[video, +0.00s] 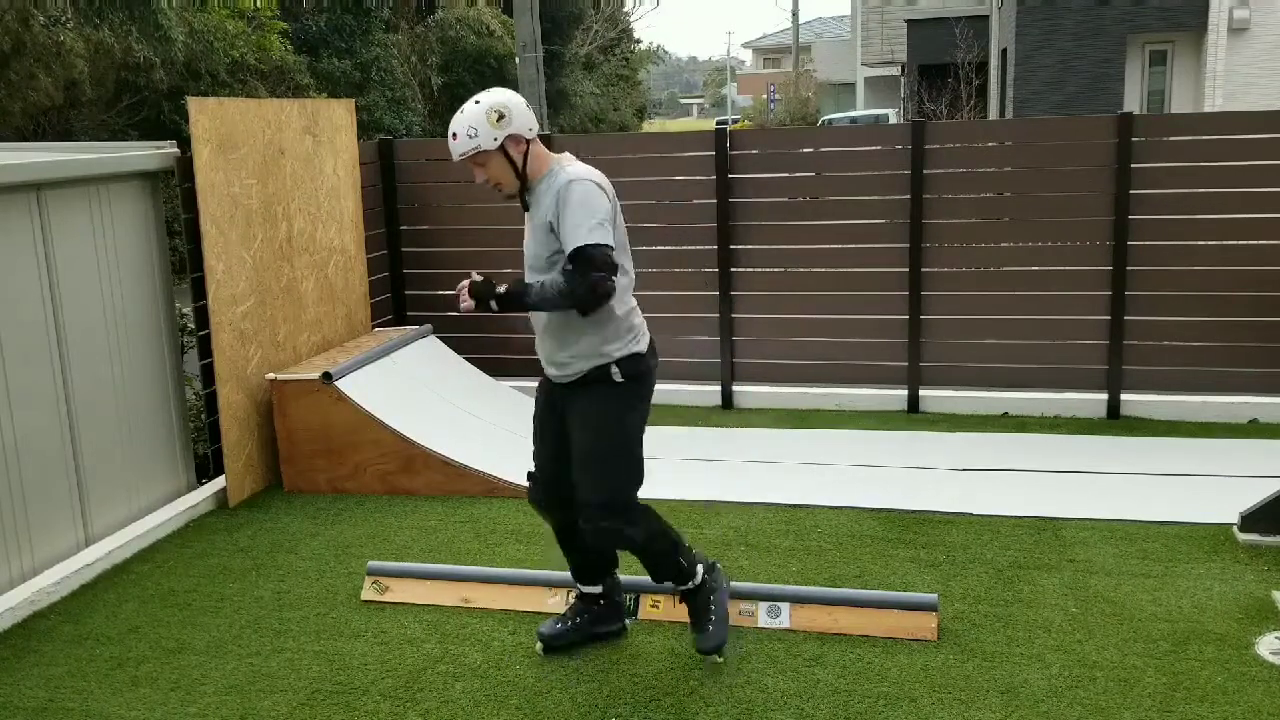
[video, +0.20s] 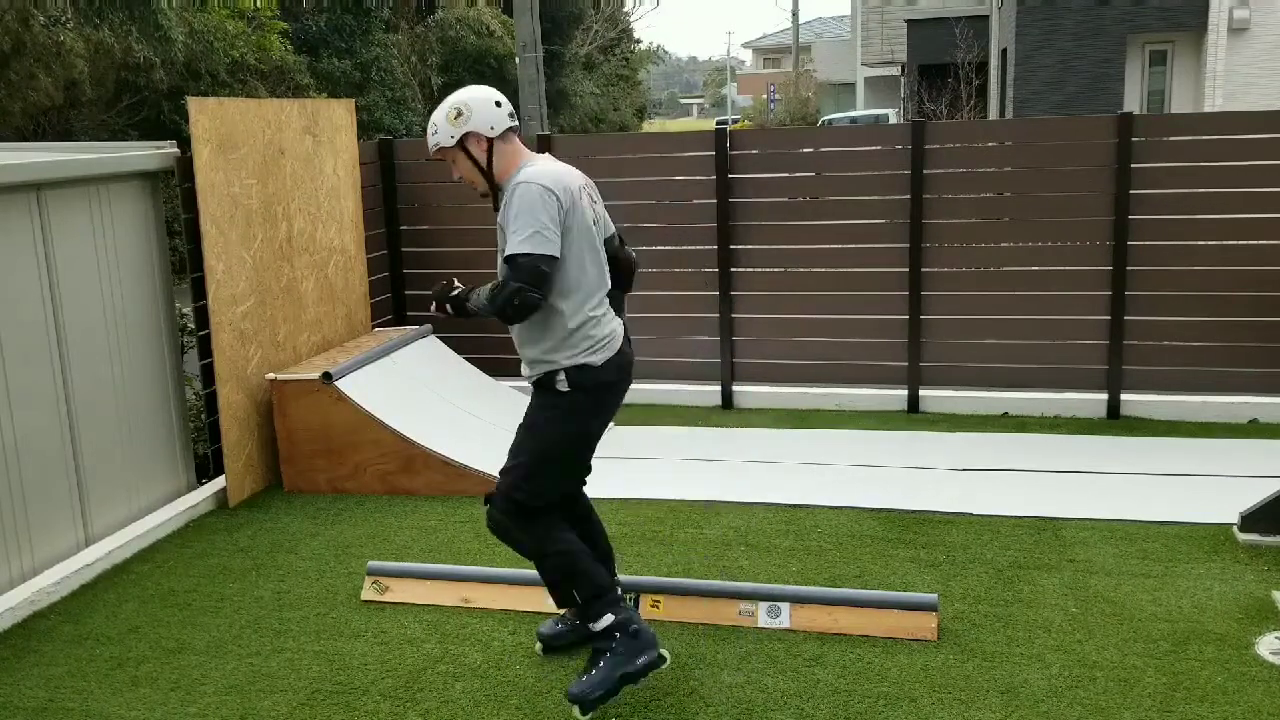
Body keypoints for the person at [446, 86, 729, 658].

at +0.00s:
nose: (479, 178)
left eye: (480, 163)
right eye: (473, 167)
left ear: (517, 145)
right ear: (515, 148)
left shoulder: (578, 187)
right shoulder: (545, 193)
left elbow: (594, 283)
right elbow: (563, 282)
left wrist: (508, 295)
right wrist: (499, 294)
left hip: (611, 371)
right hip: (563, 375)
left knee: (606, 505)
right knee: (554, 492)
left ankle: (697, 579)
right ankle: (601, 601)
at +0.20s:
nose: (457, 175)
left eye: (454, 161)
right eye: (450, 164)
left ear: (480, 142)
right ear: (497, 138)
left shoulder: (529, 189)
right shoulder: (565, 176)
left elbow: (520, 295)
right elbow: (620, 265)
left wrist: (464, 303)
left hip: (573, 373)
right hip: (599, 362)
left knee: (514, 507)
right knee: (558, 491)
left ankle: (626, 636)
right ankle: (595, 608)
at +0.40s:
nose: (455, 173)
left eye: (451, 160)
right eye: (450, 162)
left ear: (464, 149)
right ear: (512, 138)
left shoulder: (478, 197)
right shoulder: (584, 185)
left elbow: (454, 309)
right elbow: (638, 277)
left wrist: (433, 359)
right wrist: (629, 352)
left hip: (540, 382)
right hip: (605, 370)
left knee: (509, 537)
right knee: (567, 499)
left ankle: (542, 692)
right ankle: (604, 619)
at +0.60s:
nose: (472, 152)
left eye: (469, 143)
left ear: (472, 141)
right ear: (534, 129)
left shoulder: (456, 188)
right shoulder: (592, 177)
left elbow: (420, 302)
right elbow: (642, 278)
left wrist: (470, 343)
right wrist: (654, 366)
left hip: (507, 388)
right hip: (597, 378)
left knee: (508, 549)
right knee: (592, 517)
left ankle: (535, 696)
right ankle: (621, 663)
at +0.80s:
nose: (560, 128)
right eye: (564, 119)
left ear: (502, 129)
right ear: (563, 122)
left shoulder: (464, 188)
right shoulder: (600, 179)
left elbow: (429, 297)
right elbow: (642, 290)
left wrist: (478, 347)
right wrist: (675, 381)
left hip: (492, 390)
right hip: (588, 388)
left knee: (512, 550)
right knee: (625, 535)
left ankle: (533, 699)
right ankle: (632, 691)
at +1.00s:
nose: (598, 134)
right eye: (598, 124)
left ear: (534, 130)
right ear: (594, 124)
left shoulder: (489, 191)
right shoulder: (615, 182)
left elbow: (448, 304)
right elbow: (640, 296)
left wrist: (499, 354)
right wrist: (679, 391)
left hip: (510, 392)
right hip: (601, 392)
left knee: (526, 545)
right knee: (625, 558)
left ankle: (535, 693)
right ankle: (618, 704)